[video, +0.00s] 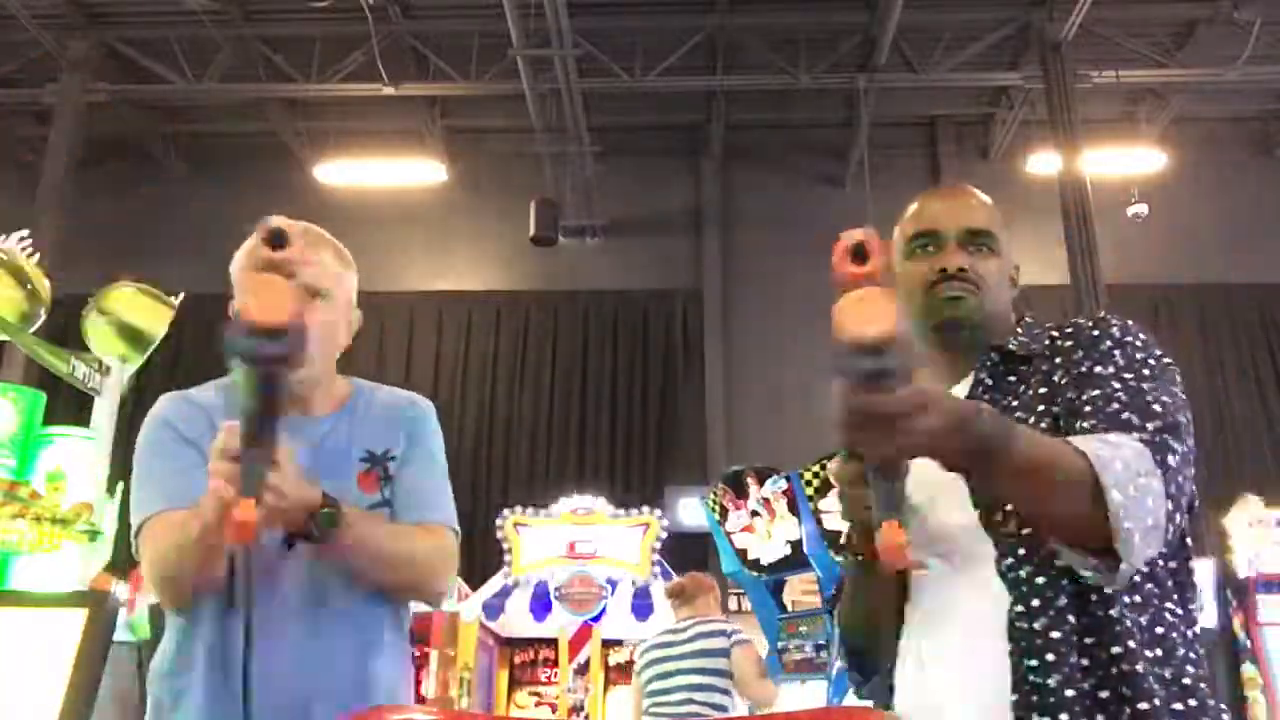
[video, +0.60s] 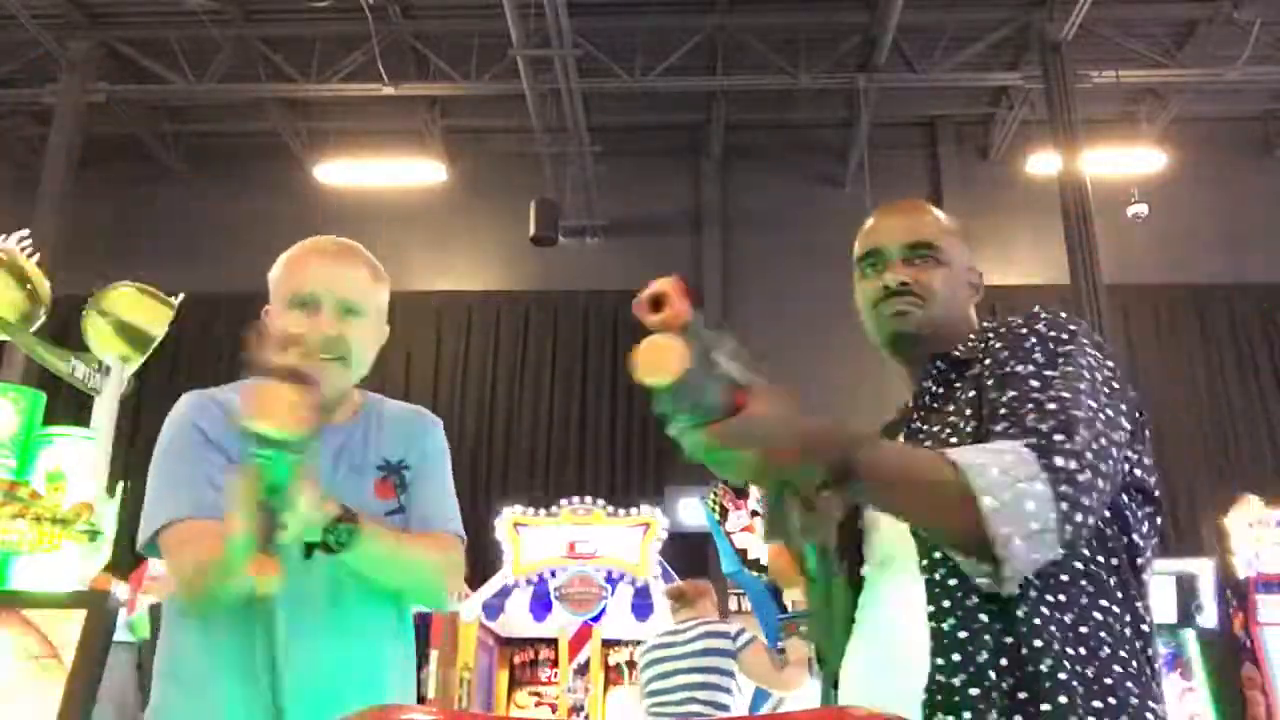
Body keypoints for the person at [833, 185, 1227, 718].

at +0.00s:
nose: (952, 262)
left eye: (977, 244)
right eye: (925, 247)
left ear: (1012, 274)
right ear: (897, 282)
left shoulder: (1102, 350)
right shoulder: (893, 419)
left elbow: (1134, 513)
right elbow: (871, 667)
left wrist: (967, 437)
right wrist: (868, 537)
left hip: (1107, 699)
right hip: (944, 705)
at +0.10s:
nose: (937, 265)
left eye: (961, 250)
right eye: (910, 250)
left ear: (995, 279)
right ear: (879, 288)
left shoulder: (1088, 364)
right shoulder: (886, 446)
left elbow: (1187, 548)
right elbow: (838, 656)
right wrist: (878, 542)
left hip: (1093, 706)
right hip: (918, 709)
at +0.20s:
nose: (924, 266)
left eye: (949, 252)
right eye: (897, 252)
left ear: (983, 293)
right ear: (863, 296)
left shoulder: (1077, 397)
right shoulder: (836, 472)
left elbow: (1205, 592)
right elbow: (801, 651)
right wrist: (883, 540)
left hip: (1081, 705)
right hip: (904, 707)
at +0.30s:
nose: (918, 265)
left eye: (942, 251)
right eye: (889, 250)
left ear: (976, 288)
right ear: (856, 293)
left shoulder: (1072, 393)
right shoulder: (828, 473)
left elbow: (1191, 590)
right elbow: (789, 654)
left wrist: (1138, 489)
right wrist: (874, 544)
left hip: (1079, 704)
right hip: (899, 709)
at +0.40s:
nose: (907, 268)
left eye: (933, 254)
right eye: (881, 255)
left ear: (971, 287)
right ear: (854, 297)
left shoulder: (1079, 393)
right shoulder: (847, 460)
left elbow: (1161, 560)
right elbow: (805, 665)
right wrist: (851, 550)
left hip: (1069, 706)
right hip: (892, 709)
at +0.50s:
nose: (898, 276)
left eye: (926, 256)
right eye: (874, 262)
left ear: (970, 282)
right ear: (854, 298)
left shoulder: (1053, 353)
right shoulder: (860, 419)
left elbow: (1088, 529)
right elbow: (822, 667)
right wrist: (828, 550)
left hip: (1060, 697)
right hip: (896, 701)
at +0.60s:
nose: (895, 277)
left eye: (921, 258)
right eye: (872, 265)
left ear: (974, 280)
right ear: (855, 300)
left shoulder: (1047, 345)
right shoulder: (892, 443)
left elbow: (1038, 506)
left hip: (1073, 699)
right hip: (945, 704)